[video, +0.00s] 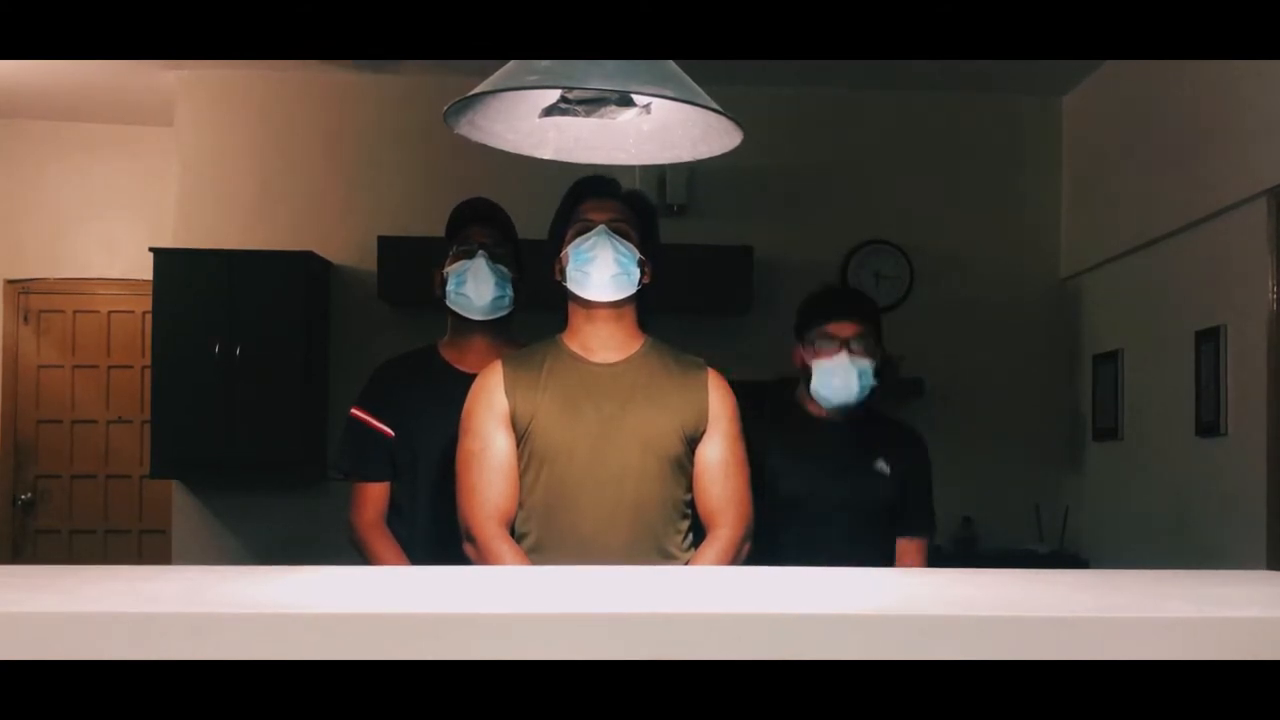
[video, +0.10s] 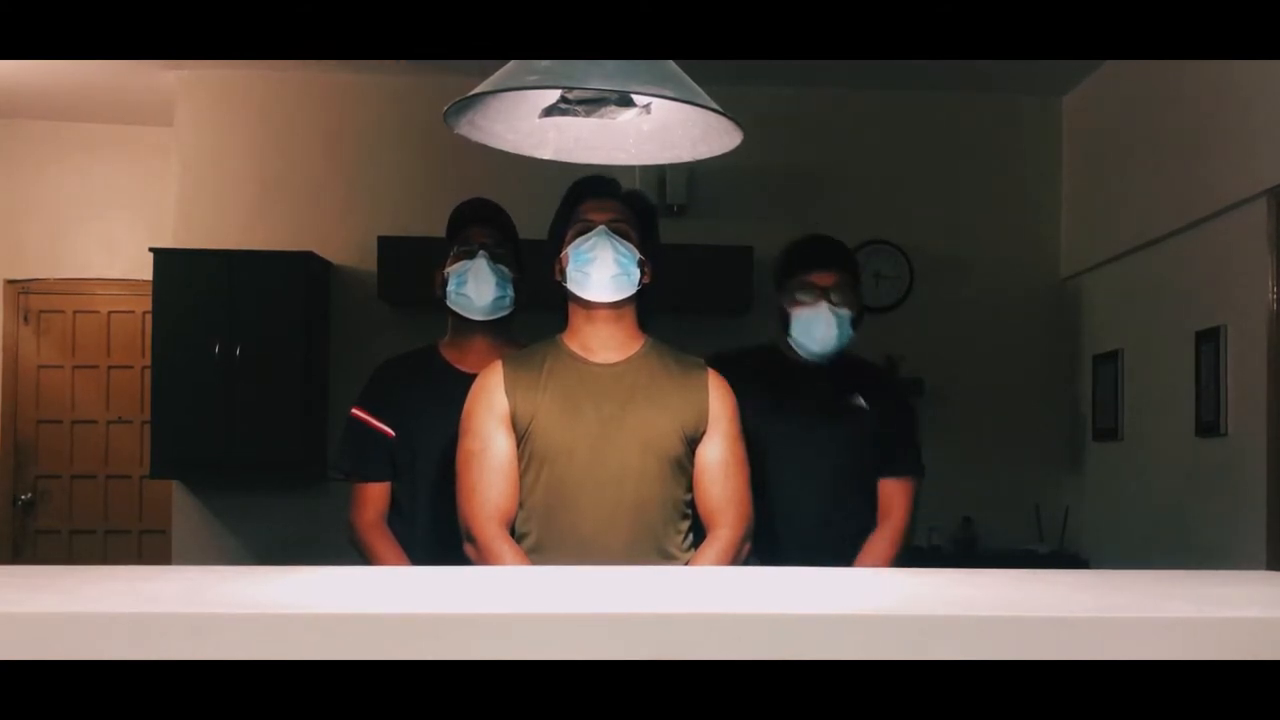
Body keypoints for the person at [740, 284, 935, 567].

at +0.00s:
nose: (844, 359)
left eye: (859, 345)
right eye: (826, 344)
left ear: (877, 356)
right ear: (801, 354)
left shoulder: (900, 444)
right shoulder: (756, 431)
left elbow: (910, 563)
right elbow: (733, 540)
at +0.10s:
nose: (823, 311)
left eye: (838, 297)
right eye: (806, 295)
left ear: (856, 307)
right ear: (784, 302)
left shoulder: (881, 393)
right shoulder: (735, 380)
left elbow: (892, 522)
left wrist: (848, 601)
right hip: (753, 589)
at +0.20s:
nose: (787, 287)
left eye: (802, 274)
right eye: (770, 273)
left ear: (821, 283)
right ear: (747, 280)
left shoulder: (857, 367)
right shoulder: (709, 362)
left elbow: (873, 495)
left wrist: (818, 582)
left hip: (817, 582)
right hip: (726, 579)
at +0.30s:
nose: (754, 306)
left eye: (771, 292)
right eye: (737, 292)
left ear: (790, 303)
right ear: (715, 302)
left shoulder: (828, 388)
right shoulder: (691, 387)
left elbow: (859, 517)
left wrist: (809, 600)